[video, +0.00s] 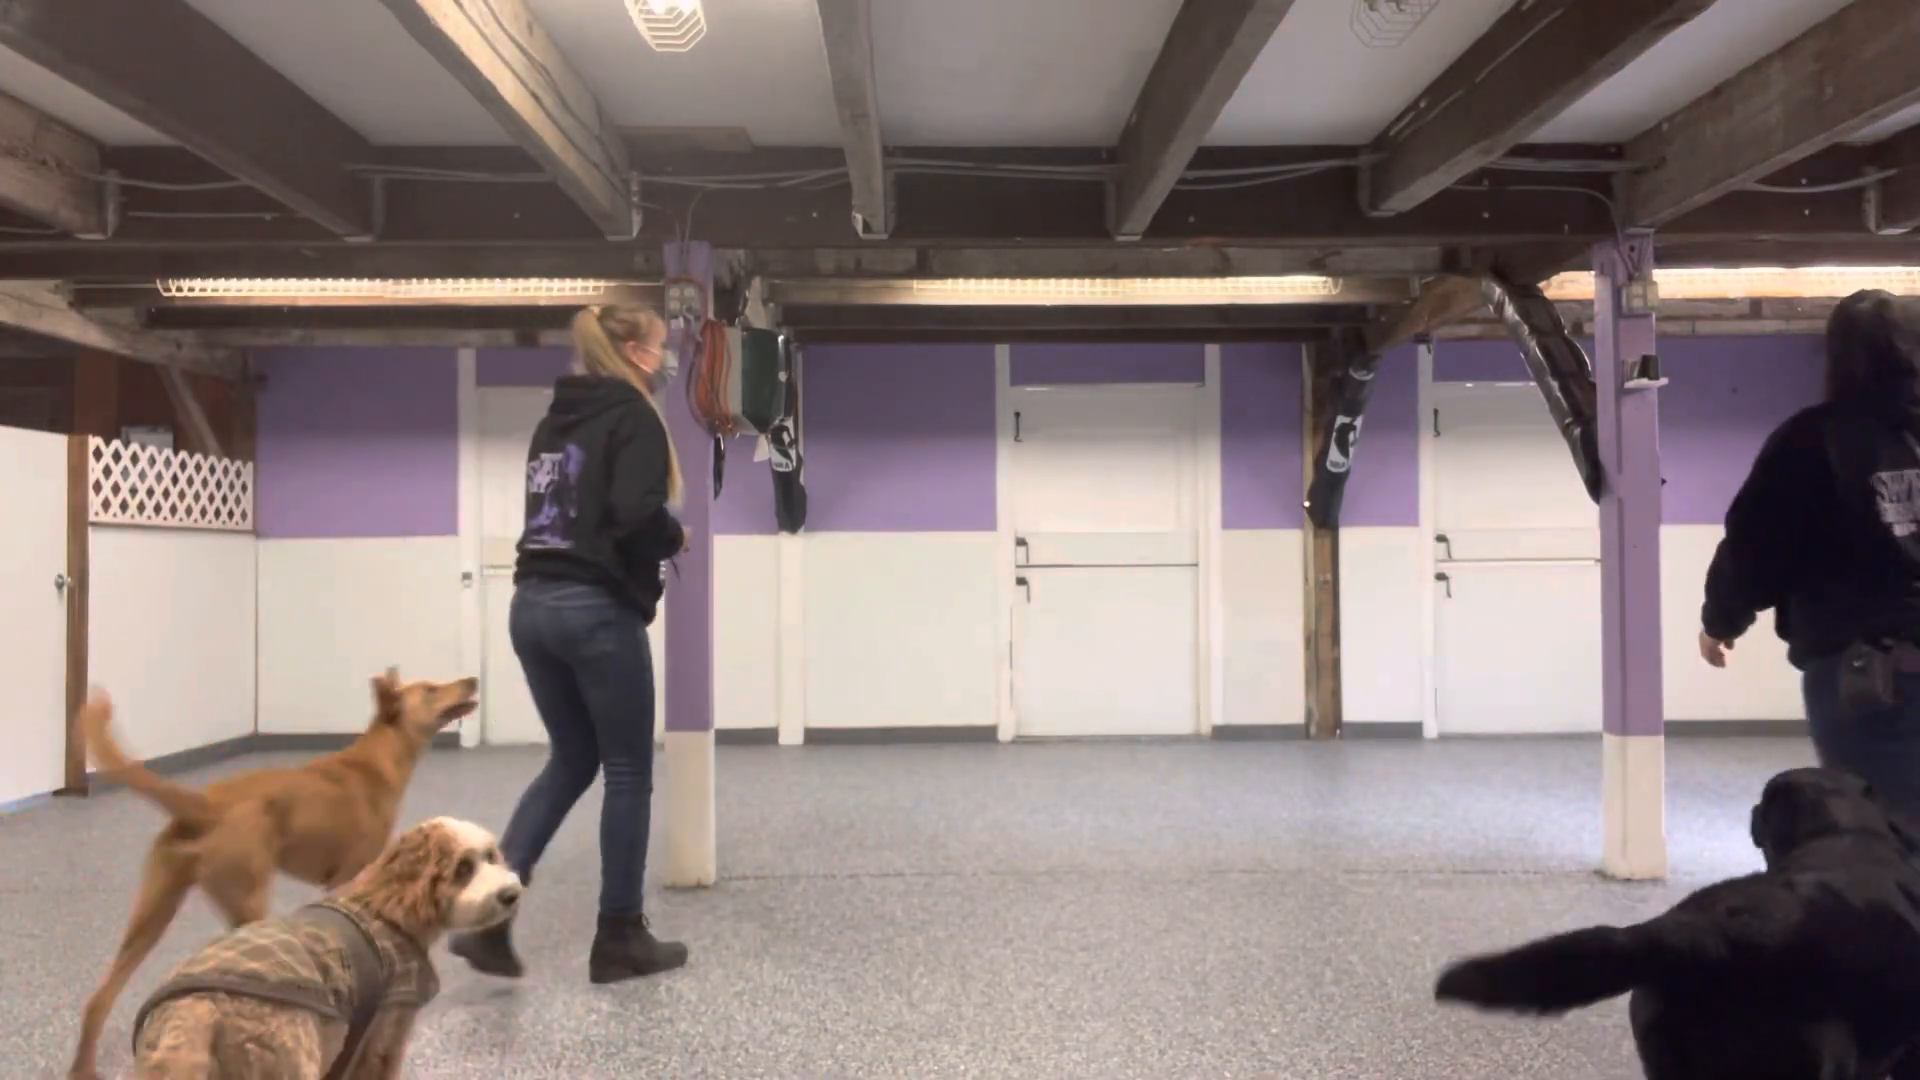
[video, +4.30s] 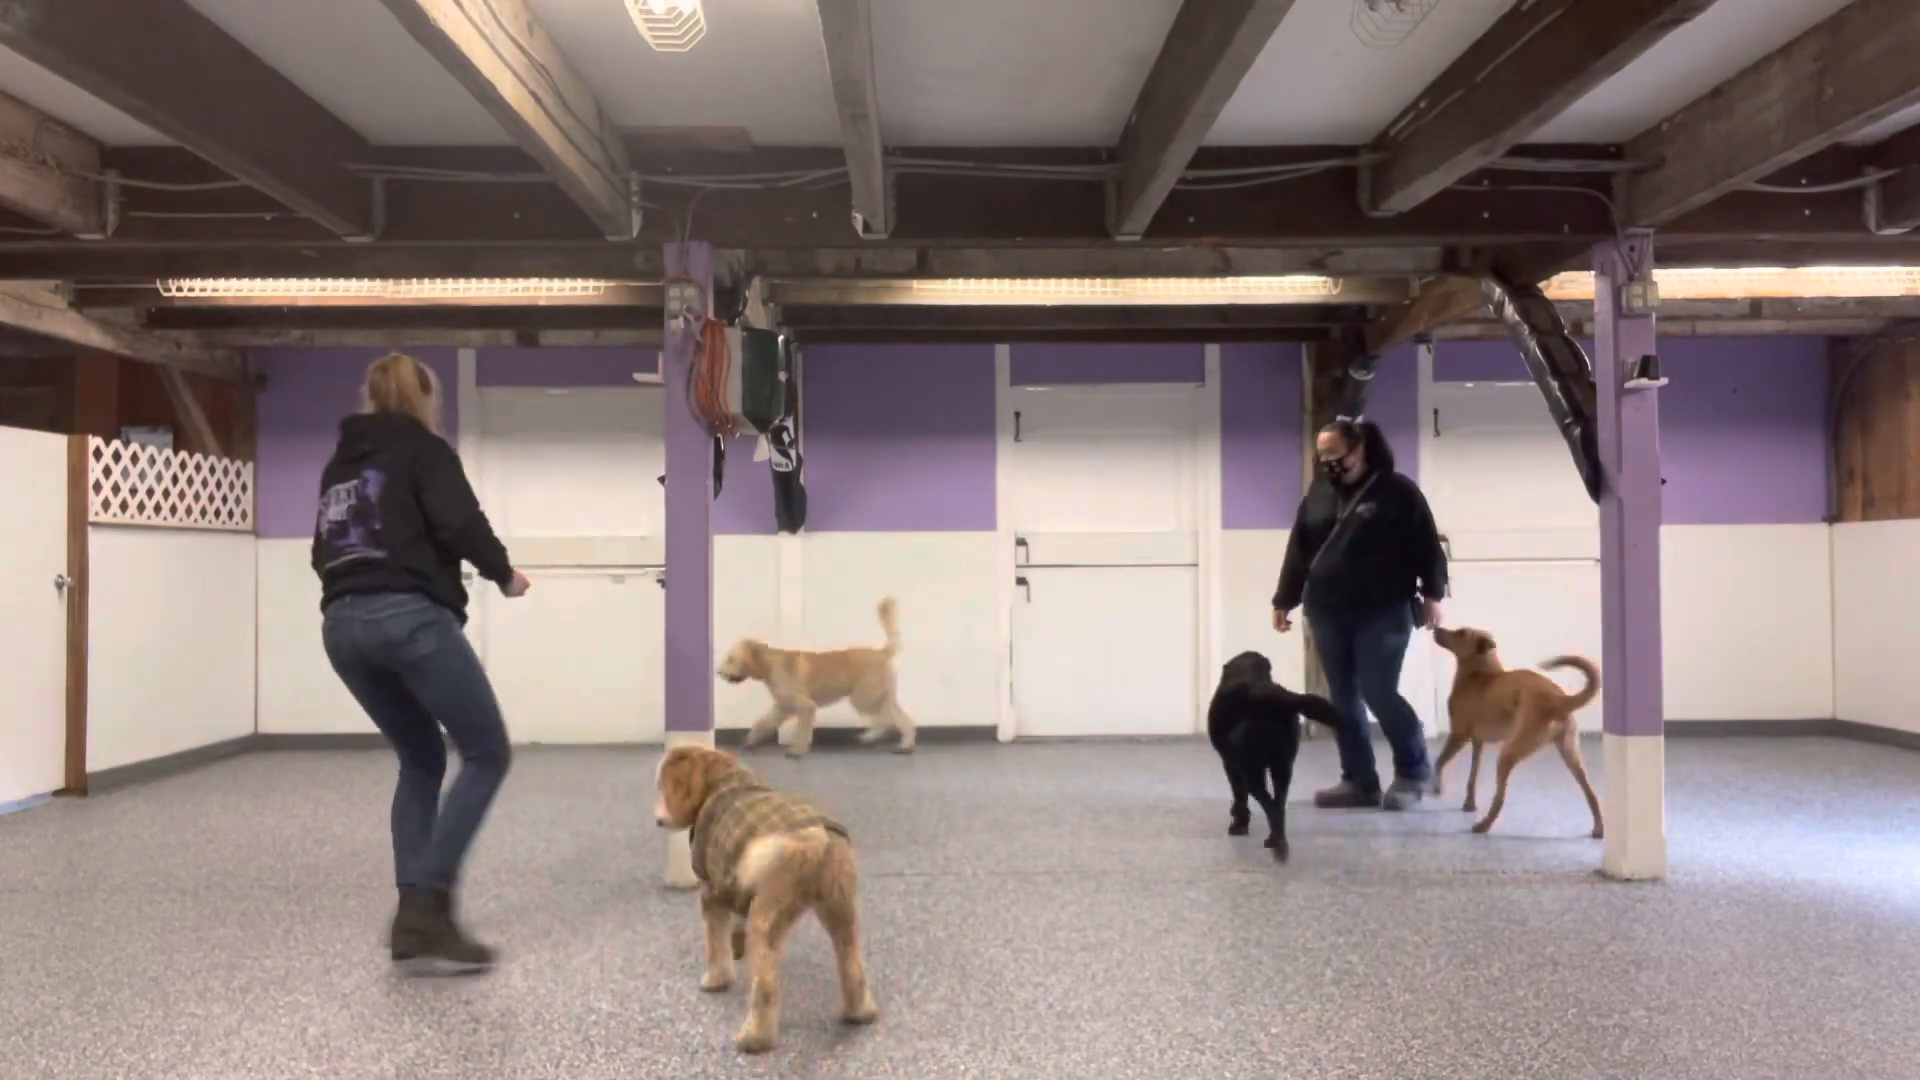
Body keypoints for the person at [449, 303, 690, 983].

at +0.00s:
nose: (664, 359)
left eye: (663, 347)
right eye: (659, 348)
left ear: (600, 346)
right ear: (632, 348)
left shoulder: (557, 415)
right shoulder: (634, 417)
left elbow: (550, 513)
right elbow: (636, 513)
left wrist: (625, 534)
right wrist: (674, 536)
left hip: (533, 605)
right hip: (596, 610)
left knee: (571, 758)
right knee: (629, 771)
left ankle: (489, 906)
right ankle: (620, 935)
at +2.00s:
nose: (661, 363)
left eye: (663, 351)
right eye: (659, 351)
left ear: (615, 342)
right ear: (634, 346)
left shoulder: (590, 407)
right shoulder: (620, 413)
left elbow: (602, 510)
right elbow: (618, 514)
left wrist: (668, 514)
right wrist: (683, 517)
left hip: (583, 592)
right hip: (619, 599)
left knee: (587, 760)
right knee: (619, 767)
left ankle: (575, 916)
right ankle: (609, 928)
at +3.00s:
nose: (671, 408)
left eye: (668, 399)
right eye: (668, 399)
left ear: (608, 395)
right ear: (659, 400)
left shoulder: (563, 444)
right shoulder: (647, 447)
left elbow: (547, 520)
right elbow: (653, 536)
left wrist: (604, 572)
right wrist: (645, 582)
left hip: (507, 599)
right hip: (568, 604)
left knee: (534, 752)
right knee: (620, 762)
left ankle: (478, 907)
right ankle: (611, 929)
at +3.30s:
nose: (572, 436)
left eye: (569, 428)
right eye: (572, 428)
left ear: (516, 423)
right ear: (565, 426)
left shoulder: (476, 469)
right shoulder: (565, 468)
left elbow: (462, 540)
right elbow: (574, 543)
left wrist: (533, 594)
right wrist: (572, 597)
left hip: (428, 611)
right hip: (496, 610)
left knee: (450, 756)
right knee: (570, 763)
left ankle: (415, 915)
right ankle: (605, 926)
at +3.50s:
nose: (537, 449)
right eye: (535, 440)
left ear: (480, 437)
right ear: (529, 441)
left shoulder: (442, 484)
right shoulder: (537, 477)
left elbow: (421, 555)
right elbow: (558, 550)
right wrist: (541, 609)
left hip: (411, 612)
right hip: (486, 609)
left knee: (436, 759)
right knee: (556, 763)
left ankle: (414, 915)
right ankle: (590, 926)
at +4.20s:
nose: (448, 417)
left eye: (445, 408)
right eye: (446, 408)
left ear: (387, 409)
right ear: (436, 406)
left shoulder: (354, 470)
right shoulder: (443, 457)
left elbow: (332, 561)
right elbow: (478, 530)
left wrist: (373, 598)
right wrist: (520, 579)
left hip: (356, 629)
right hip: (426, 619)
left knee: (427, 759)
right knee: (512, 758)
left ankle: (415, 915)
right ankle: (534, 920)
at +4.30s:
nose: (437, 408)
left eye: (434, 399)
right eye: (435, 398)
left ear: (372, 397)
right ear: (422, 397)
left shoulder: (341, 460)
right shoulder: (424, 450)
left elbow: (327, 549)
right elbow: (459, 524)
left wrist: (378, 579)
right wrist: (504, 572)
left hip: (343, 623)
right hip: (409, 616)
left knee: (420, 757)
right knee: (487, 754)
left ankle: (414, 912)